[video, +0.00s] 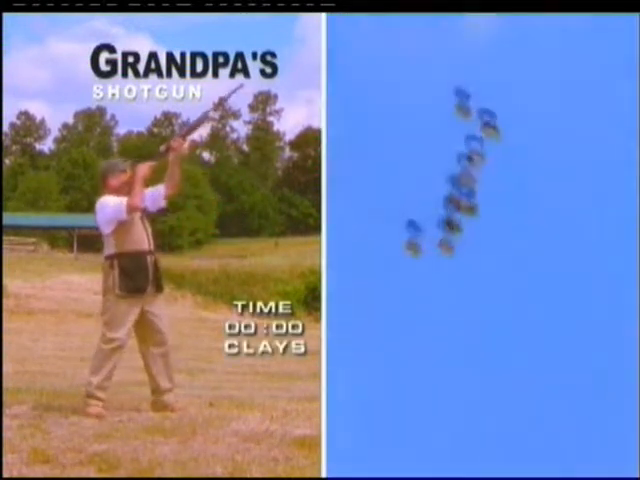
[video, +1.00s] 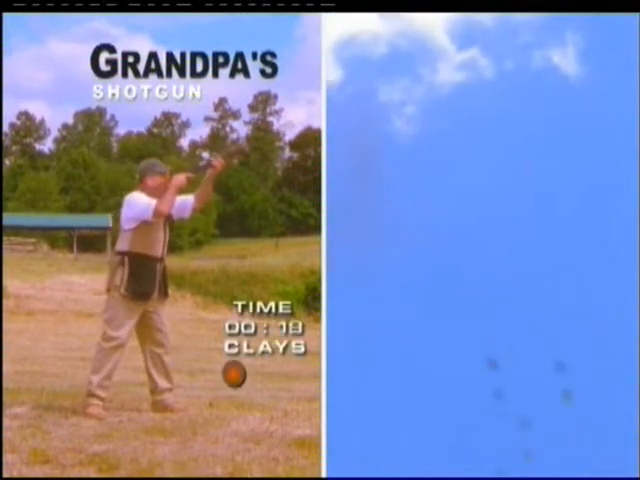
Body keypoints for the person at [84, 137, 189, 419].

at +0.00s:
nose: (129, 177)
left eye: (129, 173)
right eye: (122, 173)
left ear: (128, 178)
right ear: (109, 181)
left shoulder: (136, 198)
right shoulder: (105, 204)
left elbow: (169, 189)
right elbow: (134, 206)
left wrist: (175, 158)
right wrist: (140, 176)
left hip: (146, 268)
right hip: (120, 270)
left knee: (156, 338)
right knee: (113, 338)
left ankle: (163, 395)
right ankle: (95, 398)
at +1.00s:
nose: (165, 184)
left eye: (166, 180)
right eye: (161, 179)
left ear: (164, 183)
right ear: (146, 180)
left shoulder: (163, 202)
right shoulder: (133, 200)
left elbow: (197, 203)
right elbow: (161, 212)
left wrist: (210, 177)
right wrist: (174, 186)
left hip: (154, 269)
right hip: (129, 267)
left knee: (157, 339)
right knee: (114, 337)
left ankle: (162, 397)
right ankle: (95, 397)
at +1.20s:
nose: (166, 184)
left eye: (167, 180)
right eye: (161, 179)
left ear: (166, 182)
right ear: (146, 179)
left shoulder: (165, 202)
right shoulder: (135, 200)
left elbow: (199, 204)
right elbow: (163, 212)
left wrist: (213, 179)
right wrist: (176, 185)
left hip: (156, 269)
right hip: (131, 267)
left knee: (158, 339)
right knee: (115, 337)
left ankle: (162, 397)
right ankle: (95, 398)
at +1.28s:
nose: (166, 182)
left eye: (168, 178)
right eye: (161, 177)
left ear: (167, 182)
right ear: (147, 178)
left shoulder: (167, 202)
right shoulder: (136, 199)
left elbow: (200, 204)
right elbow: (164, 211)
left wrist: (214, 177)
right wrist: (177, 185)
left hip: (157, 268)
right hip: (132, 266)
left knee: (158, 339)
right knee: (115, 336)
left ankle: (162, 397)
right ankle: (95, 397)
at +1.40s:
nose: (169, 183)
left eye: (170, 178)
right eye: (163, 177)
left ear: (170, 182)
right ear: (149, 179)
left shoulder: (168, 202)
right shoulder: (139, 199)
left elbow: (203, 204)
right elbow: (165, 211)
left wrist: (217, 178)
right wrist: (180, 186)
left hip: (158, 268)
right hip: (133, 266)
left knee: (158, 338)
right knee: (116, 335)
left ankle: (162, 397)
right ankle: (96, 397)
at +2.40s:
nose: (165, 199)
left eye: (166, 194)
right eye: (162, 193)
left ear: (157, 192)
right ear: (149, 187)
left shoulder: (157, 217)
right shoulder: (122, 208)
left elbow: (163, 252)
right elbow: (127, 243)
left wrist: (190, 253)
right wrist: (165, 243)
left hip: (144, 277)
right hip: (119, 276)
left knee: (152, 343)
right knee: (112, 342)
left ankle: (161, 397)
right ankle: (94, 400)